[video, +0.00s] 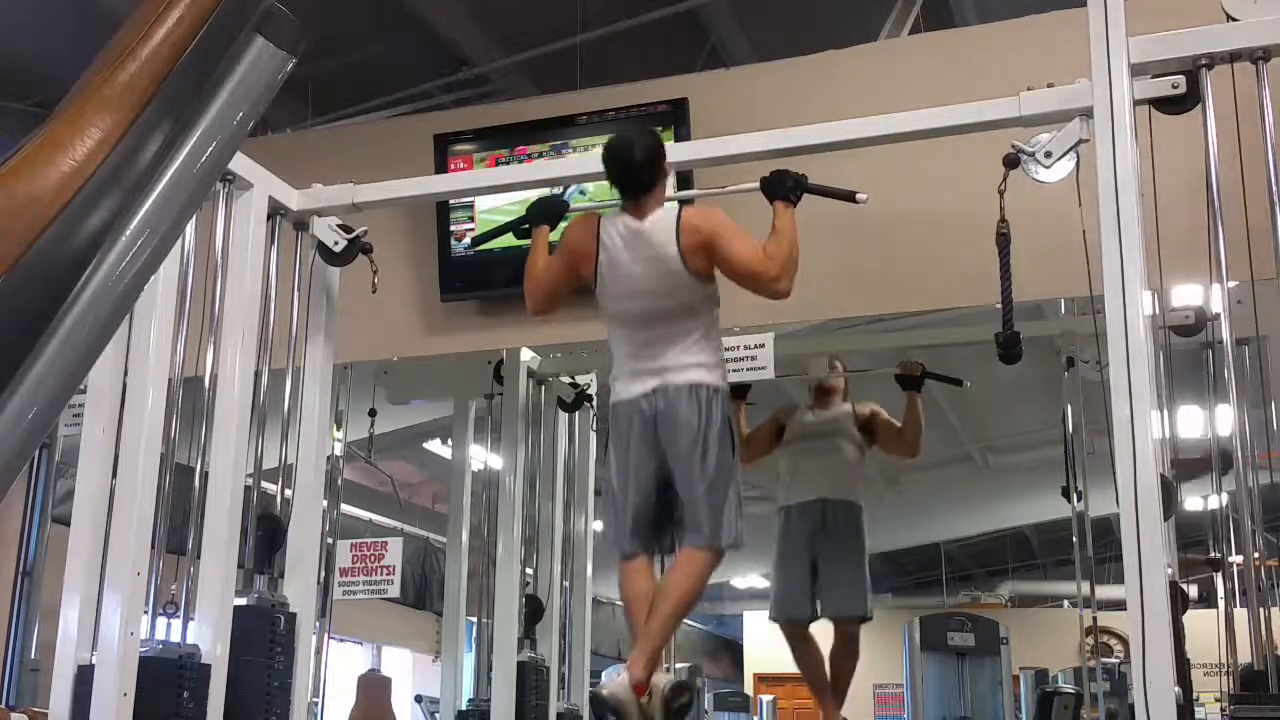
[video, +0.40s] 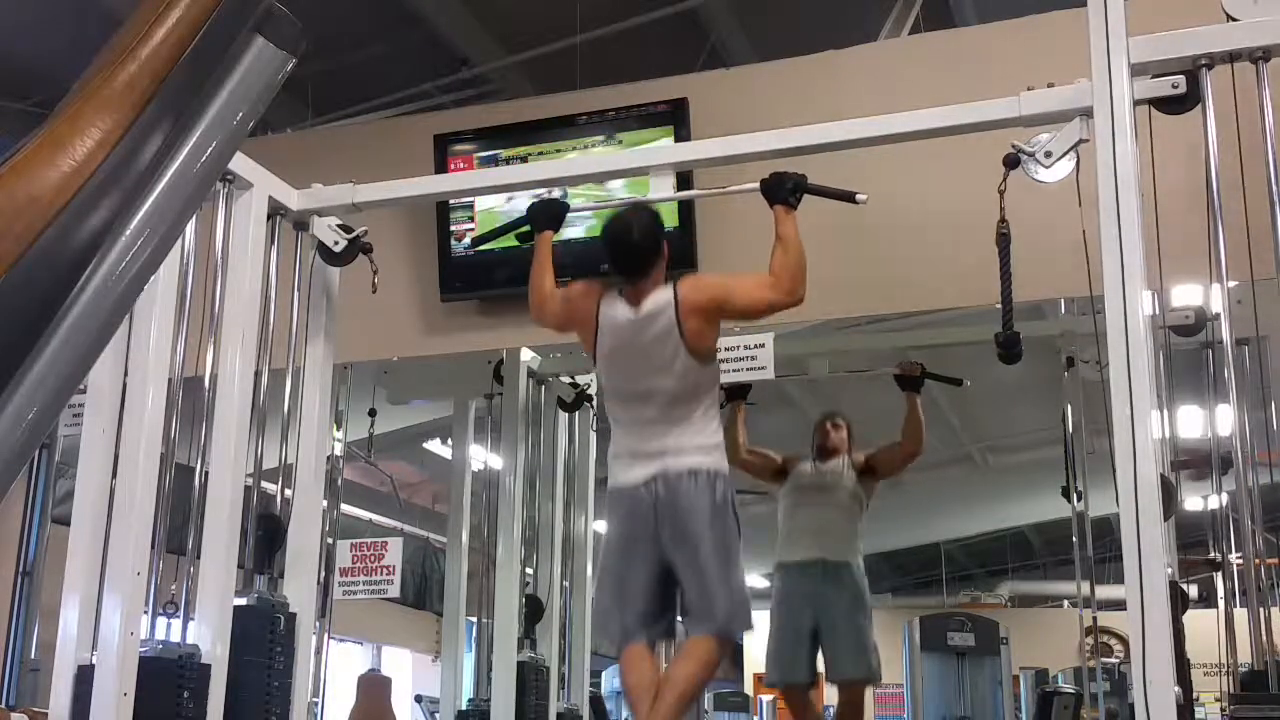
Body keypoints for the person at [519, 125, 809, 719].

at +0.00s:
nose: (665, 159)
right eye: (663, 153)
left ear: (610, 181)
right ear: (663, 169)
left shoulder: (587, 233)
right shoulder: (700, 222)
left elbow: (538, 298)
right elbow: (777, 278)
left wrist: (539, 230)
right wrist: (785, 206)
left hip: (630, 404)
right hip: (695, 398)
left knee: (633, 541)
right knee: (703, 537)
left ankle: (654, 676)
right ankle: (635, 674)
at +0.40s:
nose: (667, 243)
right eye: (665, 237)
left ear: (611, 259)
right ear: (665, 250)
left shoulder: (590, 305)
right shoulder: (698, 295)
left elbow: (543, 303)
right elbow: (785, 289)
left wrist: (543, 235)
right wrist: (785, 209)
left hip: (630, 487)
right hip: (697, 481)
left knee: (632, 632)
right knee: (713, 629)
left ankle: (650, 719)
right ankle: (654, 716)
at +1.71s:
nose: (675, 289)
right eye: (671, 283)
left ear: (611, 302)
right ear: (665, 296)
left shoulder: (592, 346)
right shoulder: (699, 334)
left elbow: (549, 302)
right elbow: (776, 293)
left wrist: (544, 235)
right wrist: (782, 211)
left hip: (625, 529)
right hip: (693, 526)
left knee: (623, 684)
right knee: (701, 679)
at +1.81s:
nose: (672, 298)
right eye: (669, 292)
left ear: (607, 313)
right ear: (664, 305)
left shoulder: (593, 356)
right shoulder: (699, 343)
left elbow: (551, 303)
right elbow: (771, 297)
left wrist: (546, 235)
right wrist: (782, 212)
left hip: (624, 541)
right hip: (692, 538)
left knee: (617, 691)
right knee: (691, 687)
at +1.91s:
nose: (668, 290)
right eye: (664, 285)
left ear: (609, 306)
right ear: (663, 299)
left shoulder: (592, 349)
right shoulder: (698, 332)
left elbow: (550, 303)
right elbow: (772, 295)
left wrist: (545, 236)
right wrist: (782, 212)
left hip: (623, 525)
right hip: (690, 522)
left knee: (613, 676)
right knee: (695, 671)